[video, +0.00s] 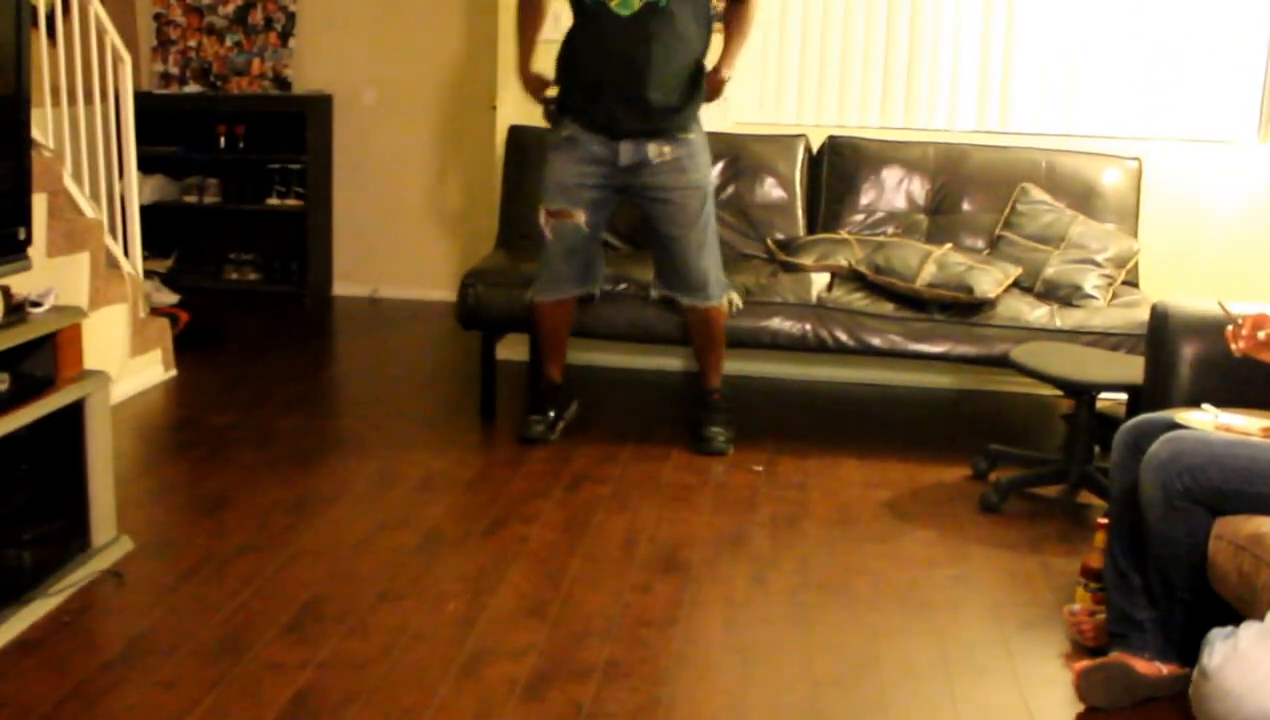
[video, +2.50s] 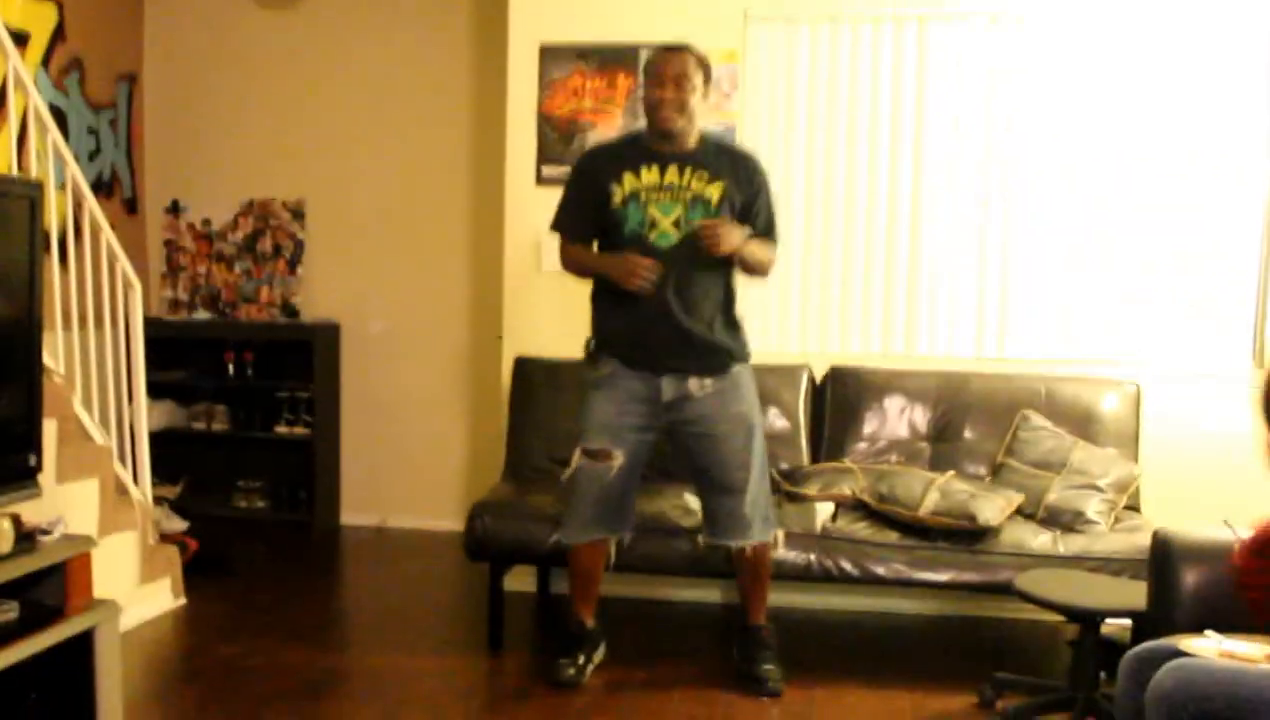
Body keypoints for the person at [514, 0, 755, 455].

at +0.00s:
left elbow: (741, 3)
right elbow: (533, 1)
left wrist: (722, 69)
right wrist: (526, 67)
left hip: (672, 131)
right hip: (582, 127)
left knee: (702, 281)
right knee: (556, 271)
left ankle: (712, 401)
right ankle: (551, 393)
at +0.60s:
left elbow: (766, 24)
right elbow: (572, 16)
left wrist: (733, 11)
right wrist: (580, 33)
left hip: (706, 138)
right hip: (614, 135)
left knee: (731, 280)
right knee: (575, 271)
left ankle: (727, 405)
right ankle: (560, 392)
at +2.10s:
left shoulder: (749, 5)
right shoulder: (612, 4)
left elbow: (764, 93)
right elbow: (621, 94)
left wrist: (768, 37)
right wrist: (596, 85)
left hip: (725, 189)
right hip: (634, 184)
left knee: (752, 336)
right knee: (595, 317)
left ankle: (753, 460)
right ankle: (576, 452)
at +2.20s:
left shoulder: (746, 21)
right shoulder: (609, 23)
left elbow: (765, 120)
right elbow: (587, 117)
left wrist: (719, 69)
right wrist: (637, 118)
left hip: (713, 226)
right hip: (623, 223)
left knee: (741, 374)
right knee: (594, 354)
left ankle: (750, 497)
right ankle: (578, 493)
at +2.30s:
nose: (666, 20)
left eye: (677, 9)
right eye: (656, 8)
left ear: (696, 16)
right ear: (641, 15)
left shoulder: (732, 95)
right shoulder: (600, 86)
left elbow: (763, 172)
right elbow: (573, 164)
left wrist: (703, 152)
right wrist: (648, 163)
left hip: (702, 281)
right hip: (615, 278)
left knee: (736, 427)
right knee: (583, 419)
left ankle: (750, 555)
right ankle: (578, 553)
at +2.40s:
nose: (664, 72)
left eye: (676, 60)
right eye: (655, 59)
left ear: (694, 66)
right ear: (639, 66)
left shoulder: (728, 145)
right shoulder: (597, 139)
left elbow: (746, 230)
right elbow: (574, 219)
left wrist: (691, 207)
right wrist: (647, 231)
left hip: (702, 333)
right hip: (612, 332)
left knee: (742, 476)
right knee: (578, 470)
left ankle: (752, 602)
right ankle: (581, 605)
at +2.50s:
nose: (666, 96)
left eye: (679, 86)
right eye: (657, 85)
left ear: (702, 94)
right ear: (642, 92)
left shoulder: (739, 170)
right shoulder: (601, 166)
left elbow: (765, 264)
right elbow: (569, 251)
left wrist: (741, 241)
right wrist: (608, 265)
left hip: (716, 367)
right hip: (623, 367)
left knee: (748, 506)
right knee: (591, 494)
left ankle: (756, 636)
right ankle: (582, 634)